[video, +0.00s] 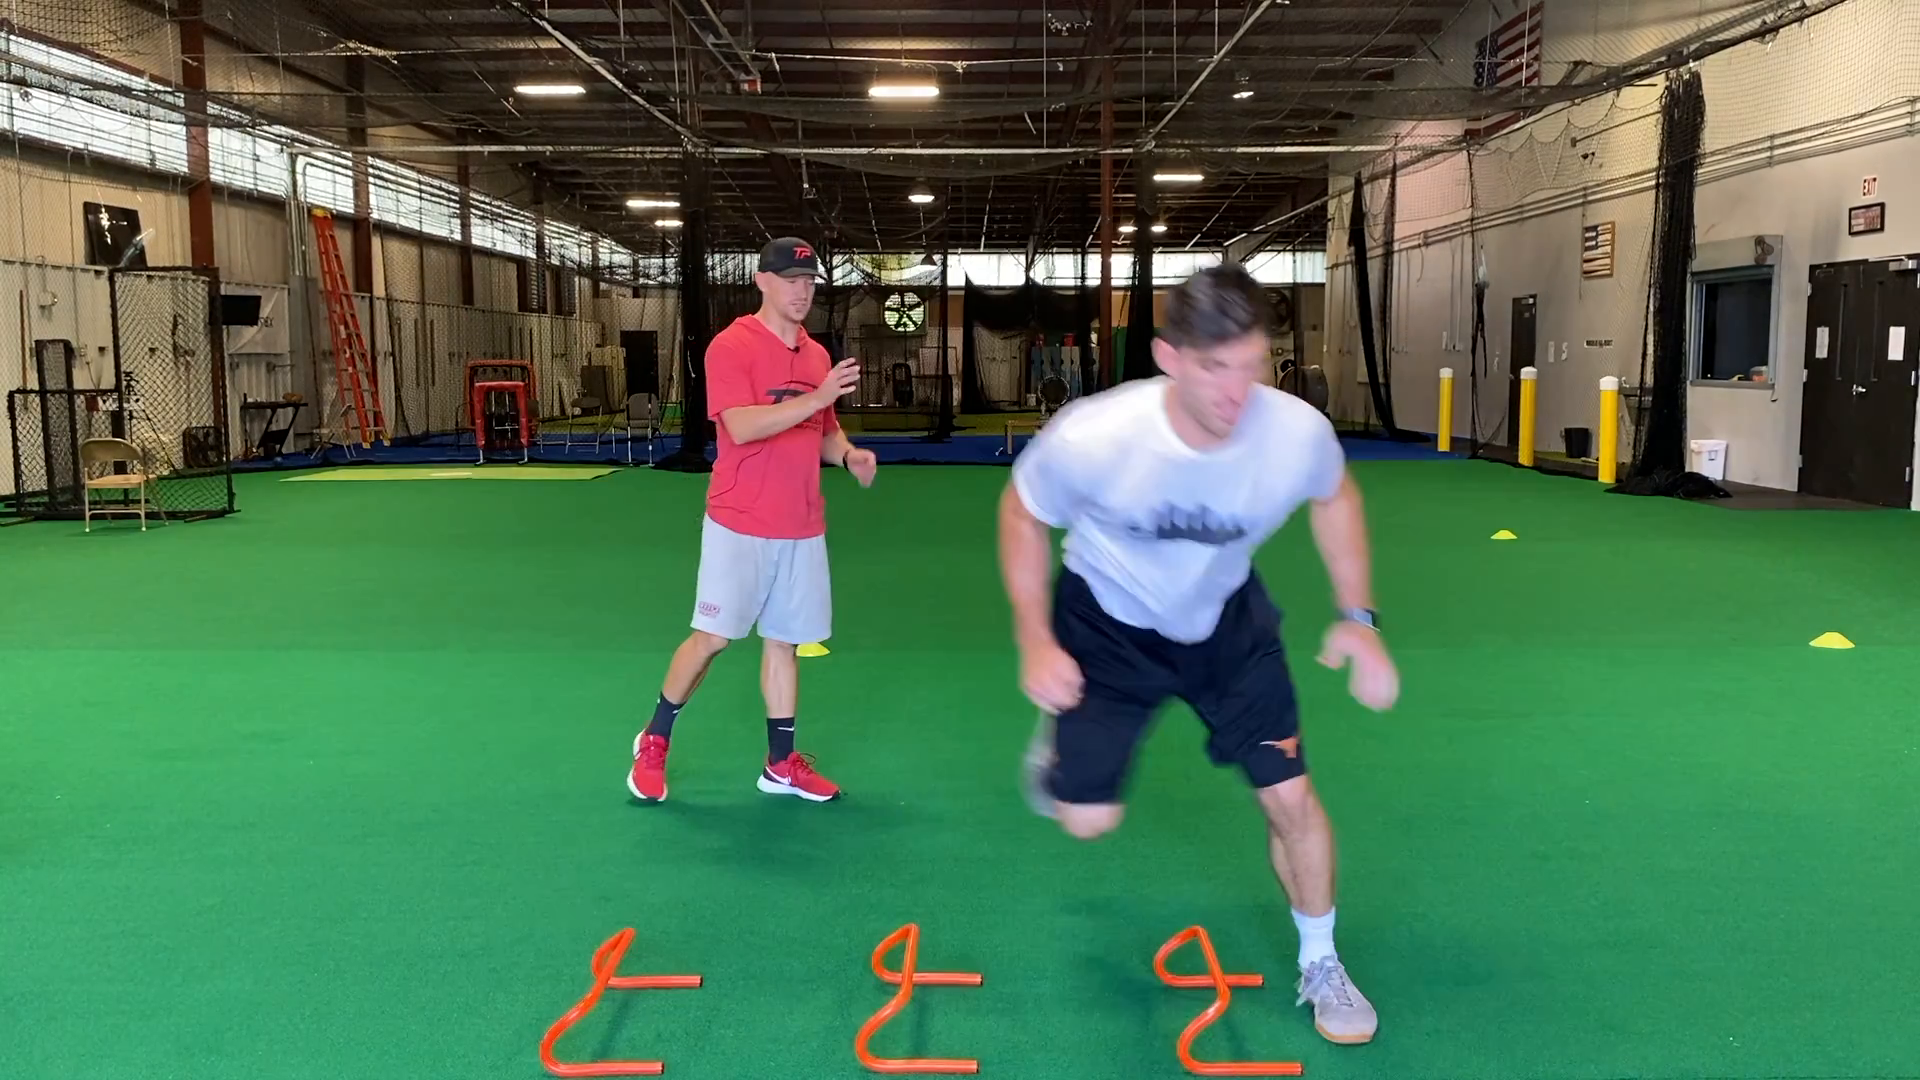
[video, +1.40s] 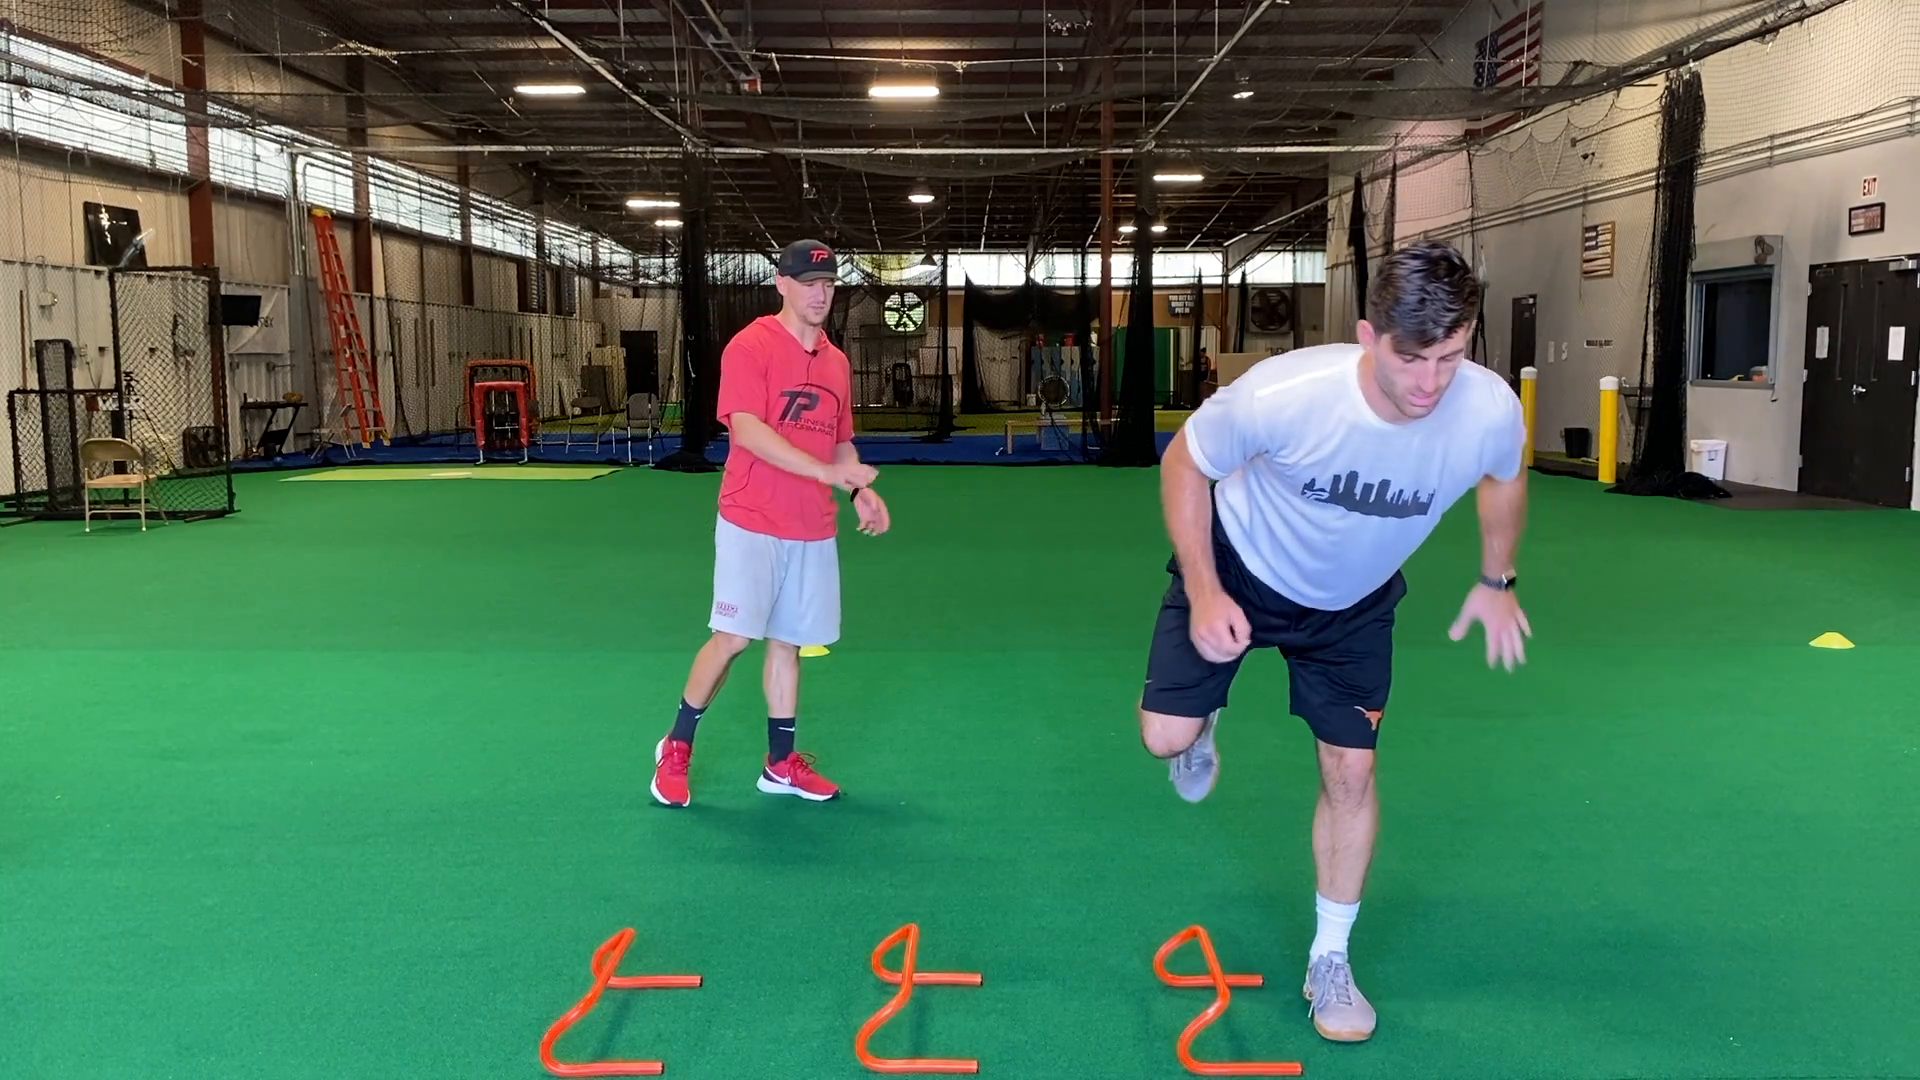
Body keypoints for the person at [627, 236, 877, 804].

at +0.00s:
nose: (803, 289)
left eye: (809, 280)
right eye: (791, 279)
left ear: (814, 286)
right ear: (762, 282)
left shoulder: (817, 355)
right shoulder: (729, 347)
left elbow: (821, 433)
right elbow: (741, 427)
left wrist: (848, 452)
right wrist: (822, 398)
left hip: (799, 525)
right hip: (738, 522)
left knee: (783, 638)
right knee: (714, 633)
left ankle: (781, 761)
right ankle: (655, 738)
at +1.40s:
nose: (820, 293)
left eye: (828, 284)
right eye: (808, 282)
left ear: (835, 288)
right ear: (782, 285)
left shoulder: (836, 361)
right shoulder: (749, 347)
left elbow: (841, 444)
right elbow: (745, 431)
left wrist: (860, 490)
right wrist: (829, 471)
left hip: (809, 522)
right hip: (750, 518)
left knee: (787, 639)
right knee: (734, 633)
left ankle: (782, 761)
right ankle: (678, 744)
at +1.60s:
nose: (808, 295)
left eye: (817, 286)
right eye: (798, 284)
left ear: (827, 291)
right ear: (774, 286)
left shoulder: (837, 365)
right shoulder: (737, 348)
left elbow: (844, 445)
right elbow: (723, 434)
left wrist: (883, 464)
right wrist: (759, 510)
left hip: (804, 528)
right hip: (737, 520)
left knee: (783, 643)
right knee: (717, 636)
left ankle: (781, 762)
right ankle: (676, 752)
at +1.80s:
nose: (784, 296)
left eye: (794, 286)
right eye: (774, 285)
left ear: (806, 290)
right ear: (753, 287)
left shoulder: (829, 362)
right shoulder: (717, 351)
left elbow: (853, 446)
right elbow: (687, 443)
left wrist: (875, 428)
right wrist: (673, 526)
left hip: (791, 534)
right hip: (718, 529)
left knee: (780, 646)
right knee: (694, 642)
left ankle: (781, 762)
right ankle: (669, 764)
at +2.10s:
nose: (710, 295)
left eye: (719, 282)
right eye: (697, 287)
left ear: (737, 282)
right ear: (682, 292)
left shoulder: (778, 355)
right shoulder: (662, 358)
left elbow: (803, 436)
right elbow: (640, 434)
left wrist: (831, 451)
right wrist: (641, 489)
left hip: (753, 533)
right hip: (678, 531)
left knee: (762, 647)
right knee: (671, 645)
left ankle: (781, 762)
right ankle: (663, 770)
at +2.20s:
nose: (682, 294)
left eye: (691, 281)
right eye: (670, 285)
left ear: (712, 279)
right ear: (659, 291)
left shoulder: (758, 352)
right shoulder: (645, 358)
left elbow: (792, 433)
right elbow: (626, 433)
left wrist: (774, 454)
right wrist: (636, 461)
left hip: (735, 531)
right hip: (660, 531)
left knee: (755, 644)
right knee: (661, 645)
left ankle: (780, 760)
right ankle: (661, 769)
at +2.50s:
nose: (641, 287)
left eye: (652, 275)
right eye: (630, 278)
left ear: (674, 277)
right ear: (619, 285)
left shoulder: (707, 344)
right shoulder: (604, 359)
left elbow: (740, 422)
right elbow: (574, 435)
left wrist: (704, 464)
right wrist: (597, 468)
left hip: (704, 525)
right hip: (633, 530)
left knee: (726, 648)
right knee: (649, 647)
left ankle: (753, 769)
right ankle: (660, 768)